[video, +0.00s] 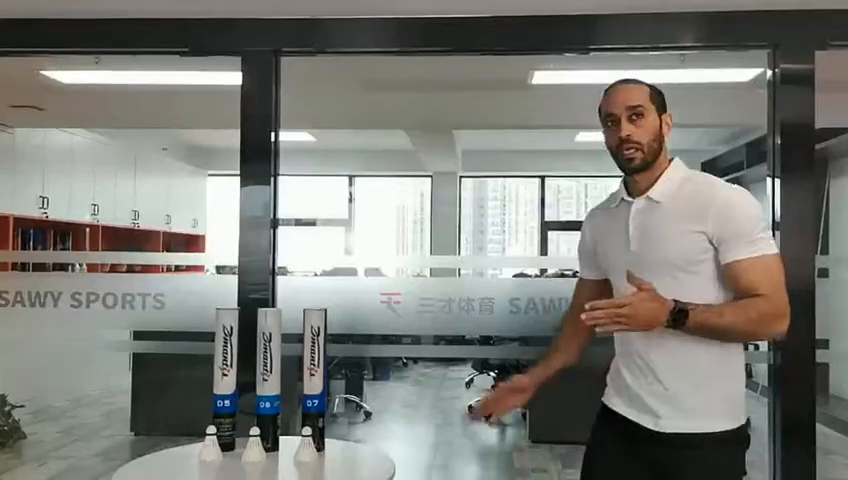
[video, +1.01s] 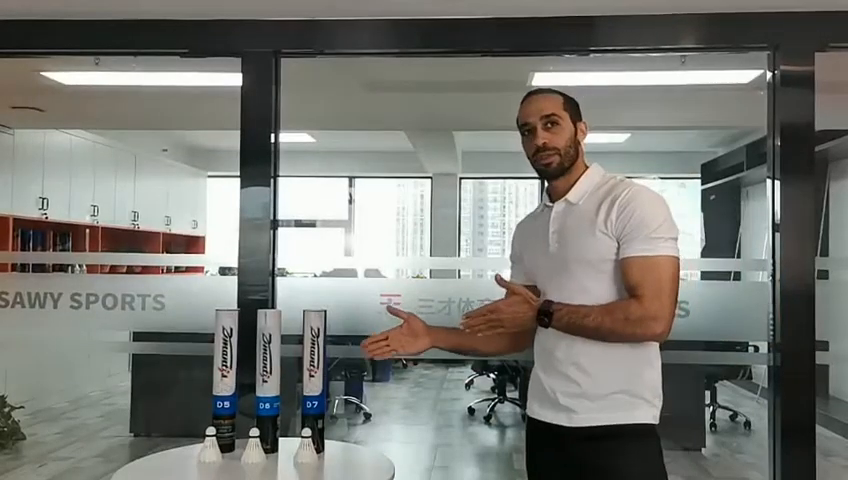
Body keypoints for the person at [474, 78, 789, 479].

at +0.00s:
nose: (623, 133)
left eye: (636, 117)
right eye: (612, 123)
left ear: (665, 124)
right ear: (604, 136)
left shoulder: (726, 204)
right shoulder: (599, 222)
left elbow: (773, 316)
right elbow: (582, 320)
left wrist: (671, 314)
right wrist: (530, 379)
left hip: (707, 434)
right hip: (622, 426)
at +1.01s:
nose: (539, 139)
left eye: (551, 125)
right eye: (528, 132)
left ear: (580, 131)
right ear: (522, 145)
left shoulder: (635, 204)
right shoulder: (527, 231)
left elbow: (652, 319)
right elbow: (520, 334)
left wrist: (541, 312)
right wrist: (432, 336)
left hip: (620, 426)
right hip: (546, 424)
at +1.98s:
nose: (512, 152)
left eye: (522, 136)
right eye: (510, 139)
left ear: (563, 129)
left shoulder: (629, 206)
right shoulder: (531, 224)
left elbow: (641, 324)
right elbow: (521, 327)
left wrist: (535, 315)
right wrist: (442, 329)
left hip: (609, 428)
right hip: (541, 424)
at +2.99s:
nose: (547, 137)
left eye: (560, 123)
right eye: (535, 126)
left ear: (586, 130)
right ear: (527, 137)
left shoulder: (631, 206)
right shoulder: (528, 226)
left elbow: (646, 323)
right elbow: (521, 327)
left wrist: (536, 320)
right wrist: (442, 332)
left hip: (610, 427)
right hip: (539, 424)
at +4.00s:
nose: (509, 160)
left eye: (519, 143)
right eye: (506, 146)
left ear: (561, 133)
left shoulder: (631, 208)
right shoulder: (523, 221)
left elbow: (654, 330)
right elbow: (486, 313)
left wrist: (541, 313)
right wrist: (396, 325)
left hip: (615, 429)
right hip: (542, 425)